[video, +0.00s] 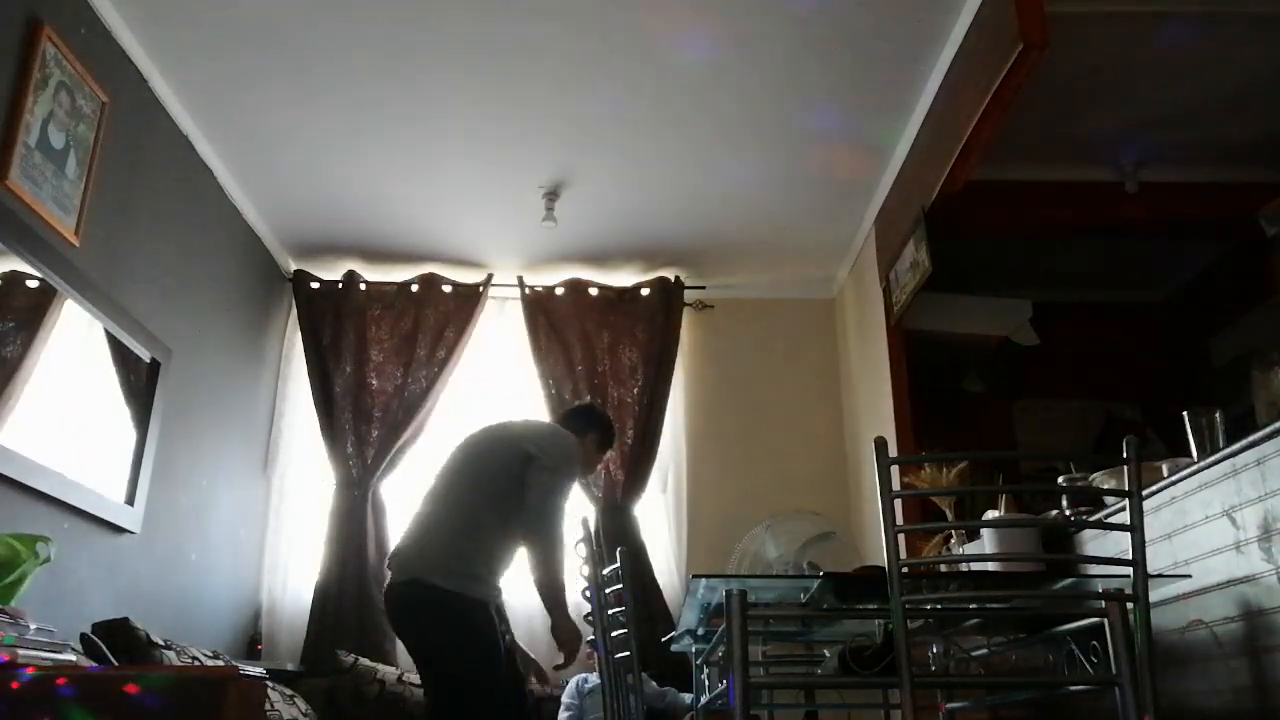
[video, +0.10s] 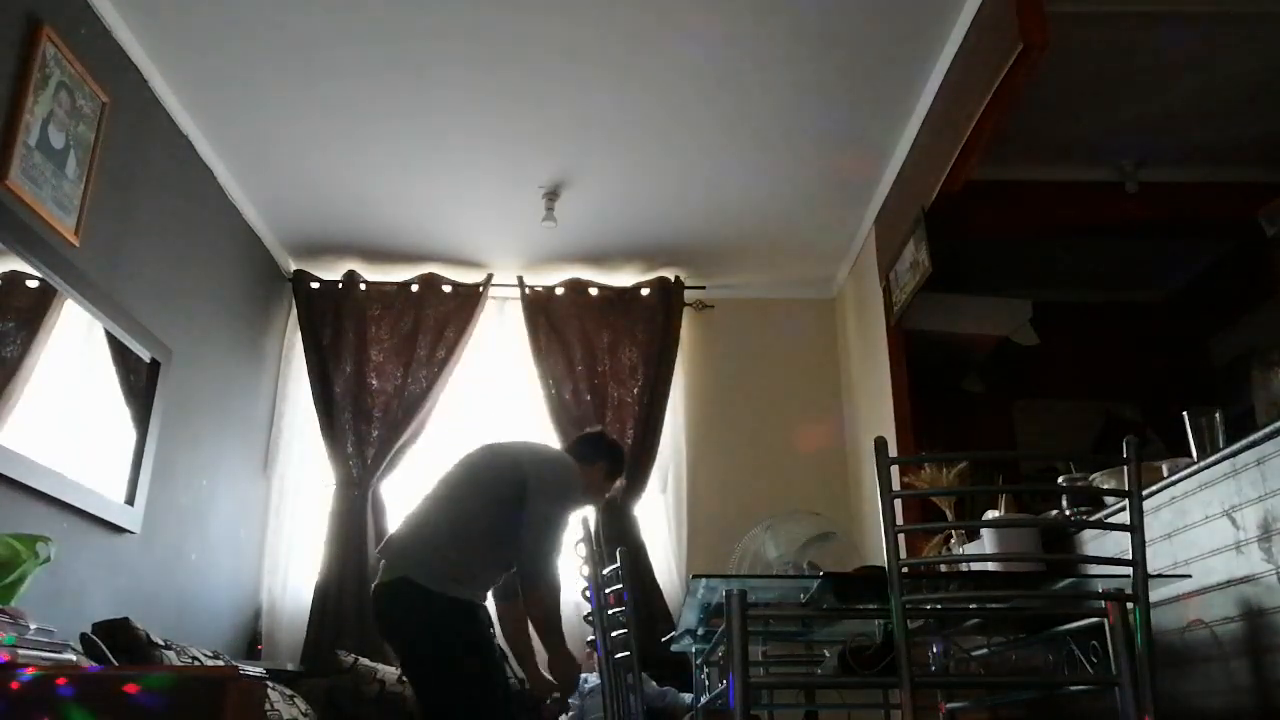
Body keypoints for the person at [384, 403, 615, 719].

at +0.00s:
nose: (594, 468)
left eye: (601, 460)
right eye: (598, 455)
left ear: (563, 423)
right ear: (589, 437)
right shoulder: (558, 444)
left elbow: (475, 573)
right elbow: (541, 528)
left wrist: (510, 646)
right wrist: (561, 618)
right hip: (451, 595)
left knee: (455, 707)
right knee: (497, 707)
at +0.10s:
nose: (600, 497)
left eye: (608, 490)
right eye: (606, 485)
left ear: (573, 453)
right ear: (597, 466)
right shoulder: (558, 471)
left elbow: (508, 595)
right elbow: (536, 573)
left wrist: (533, 673)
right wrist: (560, 653)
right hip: (433, 597)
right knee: (485, 707)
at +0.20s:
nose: (615, 525)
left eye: (621, 515)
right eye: (619, 511)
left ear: (585, 481)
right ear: (608, 496)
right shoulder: (561, 497)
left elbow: (503, 602)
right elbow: (535, 600)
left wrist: (531, 677)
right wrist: (553, 682)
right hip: (426, 597)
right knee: (471, 707)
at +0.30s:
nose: (614, 551)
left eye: (623, 544)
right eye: (621, 539)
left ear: (595, 505)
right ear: (610, 519)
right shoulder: (567, 525)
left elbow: (492, 607)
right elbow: (534, 636)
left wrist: (520, 680)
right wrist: (546, 705)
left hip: (397, 599)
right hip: (431, 608)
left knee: (441, 710)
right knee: (475, 710)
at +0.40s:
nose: (615, 563)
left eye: (623, 556)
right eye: (619, 552)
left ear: (595, 519)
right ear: (609, 532)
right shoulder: (569, 546)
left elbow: (494, 615)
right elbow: (534, 648)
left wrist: (515, 690)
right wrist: (545, 709)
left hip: (395, 600)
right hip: (430, 609)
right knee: (479, 710)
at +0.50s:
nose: (612, 564)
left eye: (620, 556)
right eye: (619, 552)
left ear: (595, 517)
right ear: (608, 532)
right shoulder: (564, 539)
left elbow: (496, 626)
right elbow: (528, 641)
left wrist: (512, 676)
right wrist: (550, 704)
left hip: (396, 600)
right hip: (434, 609)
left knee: (435, 710)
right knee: (475, 711)